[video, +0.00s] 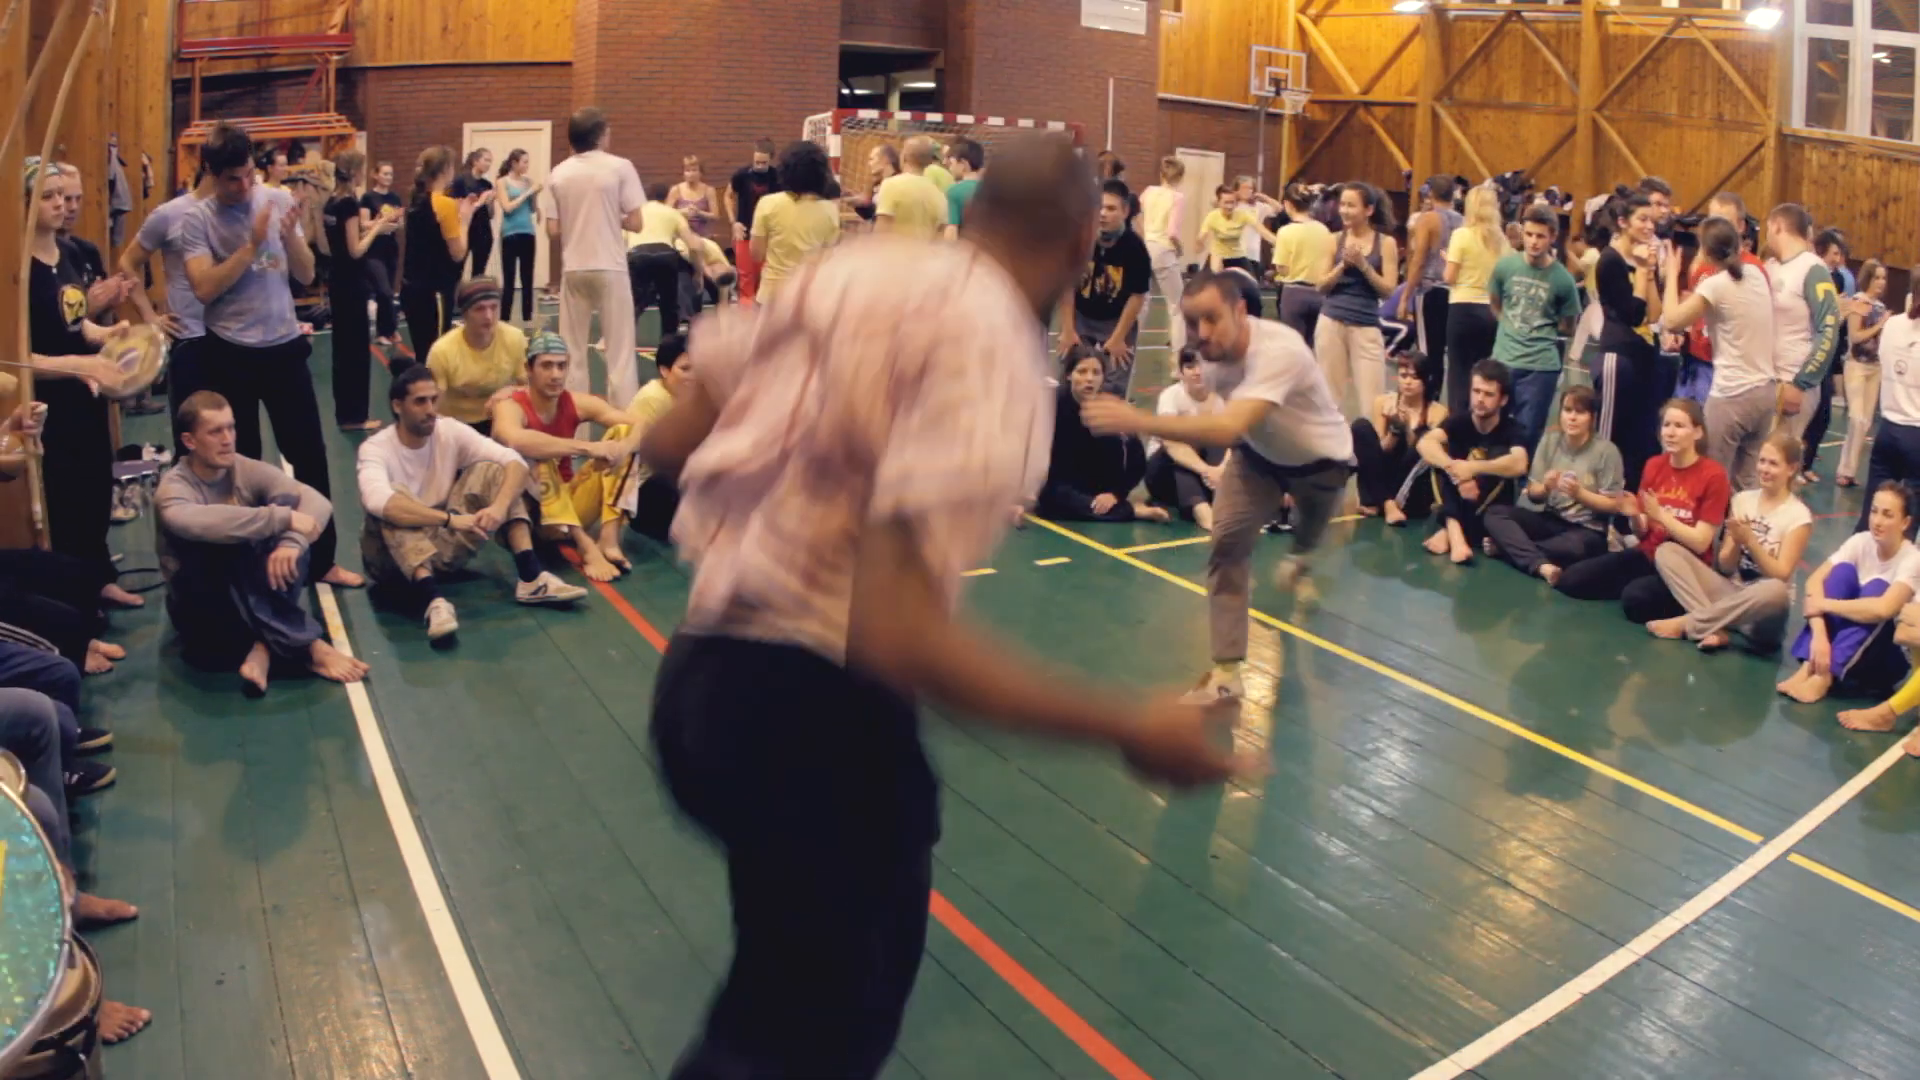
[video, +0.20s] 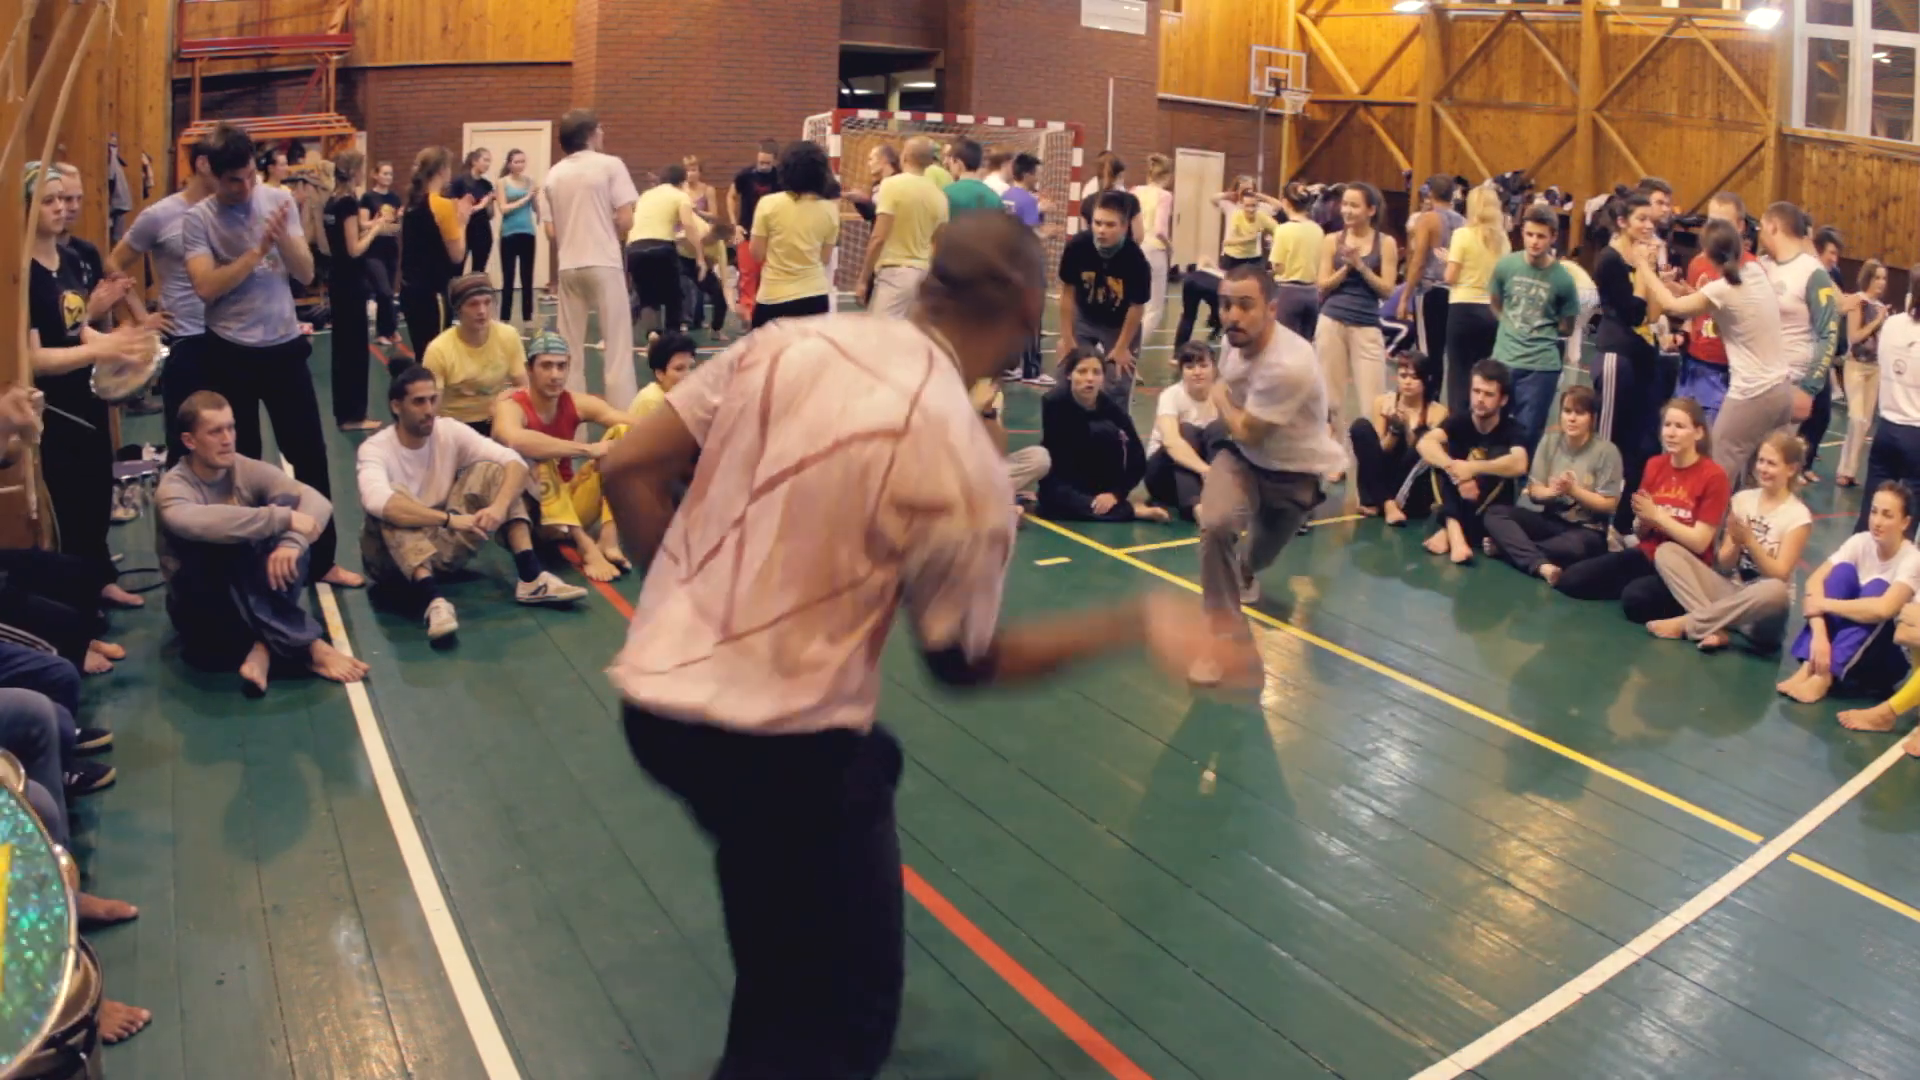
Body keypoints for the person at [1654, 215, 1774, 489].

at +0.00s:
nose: (1699, 247)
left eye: (1700, 243)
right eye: (1700, 242)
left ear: (1706, 250)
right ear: (1737, 244)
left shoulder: (1714, 285)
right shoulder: (1757, 273)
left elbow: (1671, 319)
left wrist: (1672, 273)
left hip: (1729, 395)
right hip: (1765, 389)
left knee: (1714, 480)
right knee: (1749, 478)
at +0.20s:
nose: (1701, 255)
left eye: (1703, 250)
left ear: (1707, 255)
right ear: (1739, 246)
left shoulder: (1720, 291)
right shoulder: (1757, 272)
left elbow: (1673, 306)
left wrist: (1643, 267)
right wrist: (1683, 288)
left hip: (1750, 397)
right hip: (1779, 390)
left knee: (1720, 472)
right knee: (1763, 473)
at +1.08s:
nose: (1695, 257)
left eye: (1697, 251)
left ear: (1702, 259)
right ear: (1734, 252)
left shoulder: (1708, 292)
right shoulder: (1751, 279)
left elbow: (1685, 345)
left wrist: (1653, 351)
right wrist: (1684, 333)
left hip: (1733, 396)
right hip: (1769, 389)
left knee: (1716, 476)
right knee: (1756, 476)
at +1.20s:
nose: (1699, 255)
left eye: (1702, 249)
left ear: (1706, 258)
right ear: (1739, 253)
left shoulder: (1712, 292)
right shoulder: (1755, 281)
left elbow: (1680, 341)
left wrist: (1647, 336)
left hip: (1733, 397)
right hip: (1768, 392)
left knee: (1716, 476)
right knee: (1750, 476)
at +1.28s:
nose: (1703, 253)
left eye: (1705, 248)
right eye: (1704, 247)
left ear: (1710, 257)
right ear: (1740, 251)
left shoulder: (1718, 290)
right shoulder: (1758, 280)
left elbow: (1670, 326)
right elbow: (1743, 324)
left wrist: (1640, 305)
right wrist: (1706, 328)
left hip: (1737, 399)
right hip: (1771, 393)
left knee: (1716, 475)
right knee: (1745, 475)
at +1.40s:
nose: (1709, 249)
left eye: (1713, 245)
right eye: (1711, 244)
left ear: (1724, 257)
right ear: (1751, 253)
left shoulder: (1730, 290)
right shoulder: (1763, 280)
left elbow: (1672, 308)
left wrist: (1638, 273)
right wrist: (1700, 313)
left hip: (1746, 397)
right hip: (1775, 392)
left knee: (1718, 470)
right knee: (1755, 471)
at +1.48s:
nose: (1717, 250)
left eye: (1722, 246)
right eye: (1718, 245)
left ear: (1733, 257)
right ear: (1758, 254)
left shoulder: (1742, 291)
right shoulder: (1768, 284)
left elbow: (1689, 316)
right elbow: (1738, 322)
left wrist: (1647, 279)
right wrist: (1703, 301)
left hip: (1752, 401)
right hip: (1778, 396)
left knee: (1718, 468)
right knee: (1758, 471)